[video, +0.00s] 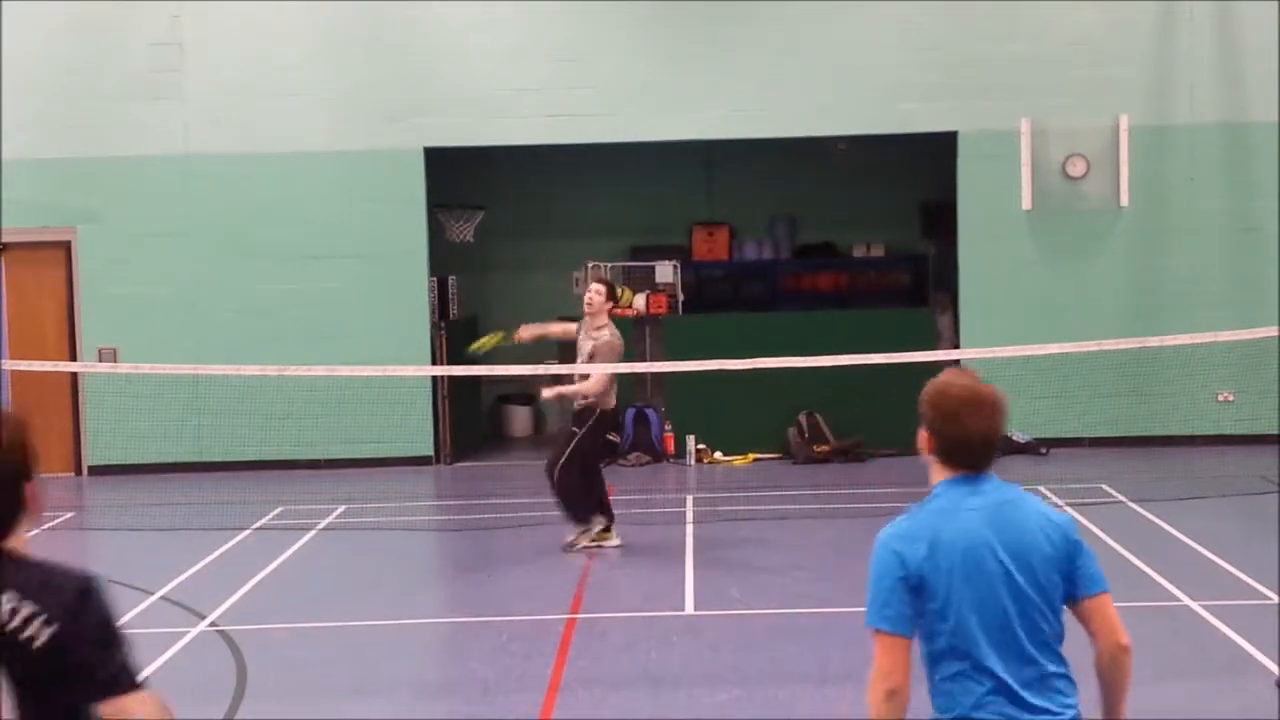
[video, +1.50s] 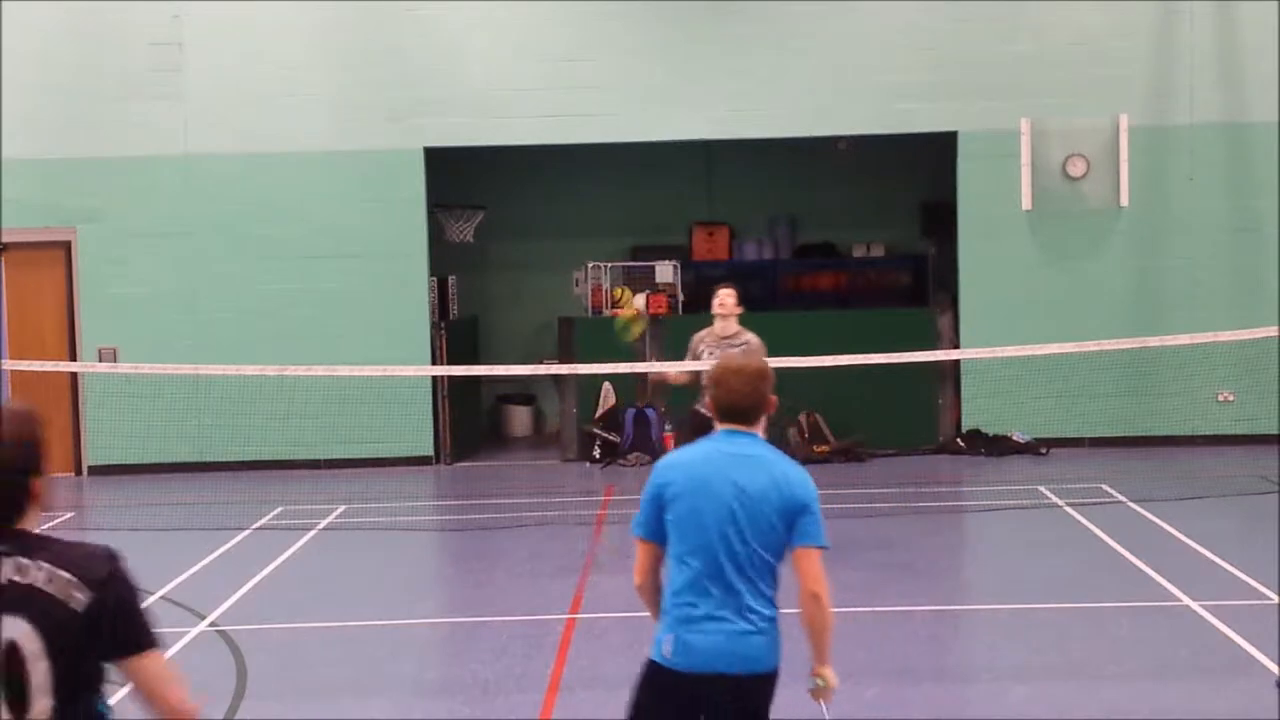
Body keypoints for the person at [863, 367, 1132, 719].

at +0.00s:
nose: (918, 432)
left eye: (919, 425)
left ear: (925, 441)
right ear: (994, 439)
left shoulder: (904, 540)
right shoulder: (1050, 521)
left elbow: (890, 687)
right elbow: (1115, 644)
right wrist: (1114, 713)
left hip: (965, 710)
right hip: (1055, 709)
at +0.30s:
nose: (1012, 413)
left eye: (1023, 411)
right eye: (1021, 406)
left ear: (1032, 448)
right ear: (1081, 456)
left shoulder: (970, 527)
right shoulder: (1117, 543)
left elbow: (938, 661)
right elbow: (1136, 682)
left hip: (990, 710)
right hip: (1081, 710)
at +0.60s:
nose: (976, 424)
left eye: (986, 418)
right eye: (984, 415)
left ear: (1001, 447)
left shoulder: (941, 528)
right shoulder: (1083, 535)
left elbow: (922, 655)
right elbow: (1115, 670)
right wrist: (1079, 712)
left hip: (965, 709)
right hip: (1056, 709)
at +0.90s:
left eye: (845, 421)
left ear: (849, 429)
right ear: (914, 429)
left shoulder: (816, 510)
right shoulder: (951, 499)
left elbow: (780, 633)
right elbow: (1001, 615)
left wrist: (762, 710)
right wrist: (984, 686)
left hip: (860, 702)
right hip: (946, 702)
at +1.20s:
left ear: (774, 414)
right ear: (838, 412)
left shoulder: (739, 483)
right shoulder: (867, 485)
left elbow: (699, 592)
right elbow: (905, 597)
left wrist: (711, 637)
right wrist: (909, 665)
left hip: (762, 687)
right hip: (834, 688)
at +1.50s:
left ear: (709, 404)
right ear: (771, 405)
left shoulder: (671, 468)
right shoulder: (791, 478)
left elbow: (644, 578)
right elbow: (813, 591)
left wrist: (671, 624)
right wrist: (821, 664)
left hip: (678, 664)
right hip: (752, 668)